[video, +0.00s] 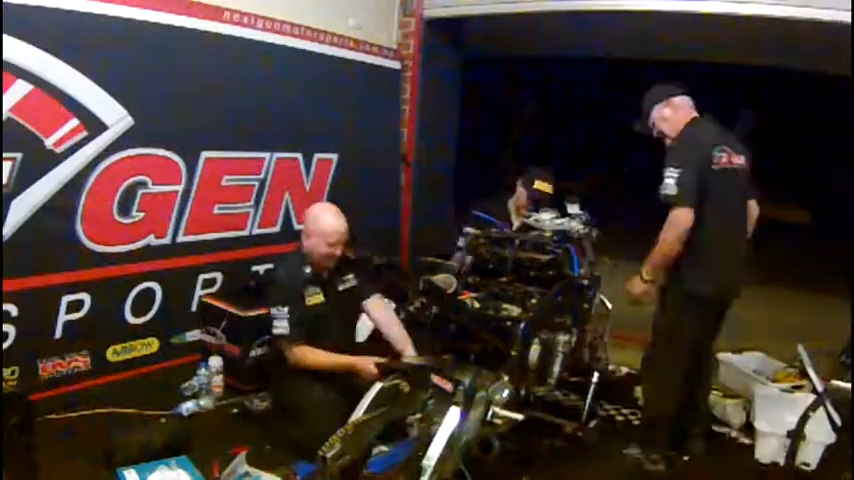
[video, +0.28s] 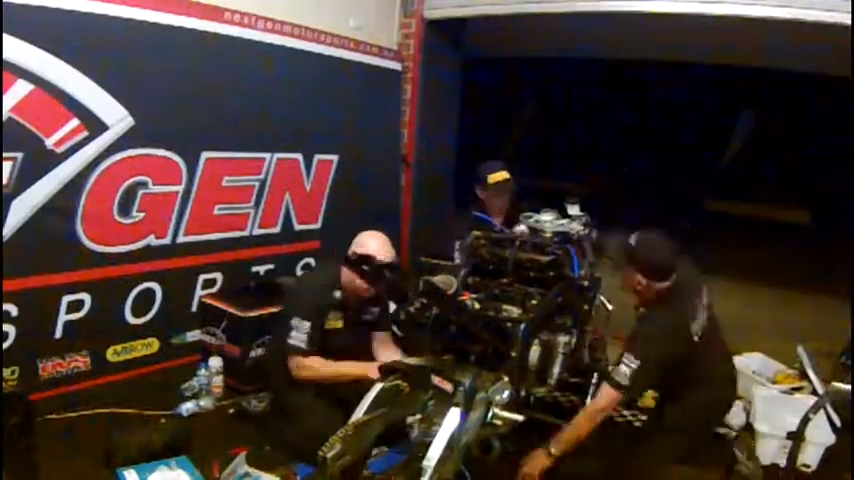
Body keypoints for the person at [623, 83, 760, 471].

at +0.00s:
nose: (660, 136)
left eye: (658, 126)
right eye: (657, 129)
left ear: (671, 109)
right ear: (686, 108)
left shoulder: (687, 144)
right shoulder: (731, 143)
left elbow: (682, 218)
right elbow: (750, 209)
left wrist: (647, 273)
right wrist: (729, 255)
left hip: (692, 277)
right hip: (722, 277)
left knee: (664, 361)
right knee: (696, 358)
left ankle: (655, 449)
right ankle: (689, 440)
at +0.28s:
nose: (624, 276)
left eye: (628, 271)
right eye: (626, 268)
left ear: (641, 282)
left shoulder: (656, 330)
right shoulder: (684, 276)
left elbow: (602, 405)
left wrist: (549, 453)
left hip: (697, 406)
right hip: (716, 383)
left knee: (645, 461)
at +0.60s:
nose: (631, 215)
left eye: (634, 205)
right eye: (632, 206)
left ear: (646, 202)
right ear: (672, 206)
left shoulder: (650, 248)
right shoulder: (686, 246)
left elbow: (615, 318)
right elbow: (662, 299)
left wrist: (599, 281)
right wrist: (626, 260)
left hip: (642, 379)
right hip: (675, 375)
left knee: (627, 463)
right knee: (653, 460)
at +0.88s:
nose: (646, 196)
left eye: (653, 190)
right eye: (650, 189)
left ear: (670, 198)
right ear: (675, 202)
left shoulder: (661, 246)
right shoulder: (685, 248)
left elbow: (589, 273)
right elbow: (650, 285)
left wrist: (583, 227)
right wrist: (627, 249)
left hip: (626, 376)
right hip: (652, 374)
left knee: (603, 461)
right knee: (621, 459)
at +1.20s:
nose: (614, 298)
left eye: (612, 290)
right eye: (612, 291)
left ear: (621, 280)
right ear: (643, 270)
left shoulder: (631, 306)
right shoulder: (671, 284)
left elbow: (605, 385)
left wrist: (581, 454)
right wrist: (651, 403)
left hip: (694, 402)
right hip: (723, 392)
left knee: (648, 465)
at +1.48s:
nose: (642, 271)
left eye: (640, 264)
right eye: (640, 266)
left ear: (646, 256)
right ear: (671, 250)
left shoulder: (667, 272)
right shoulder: (691, 273)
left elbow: (626, 314)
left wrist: (608, 272)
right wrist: (611, 269)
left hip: (700, 403)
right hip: (729, 400)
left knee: (660, 468)